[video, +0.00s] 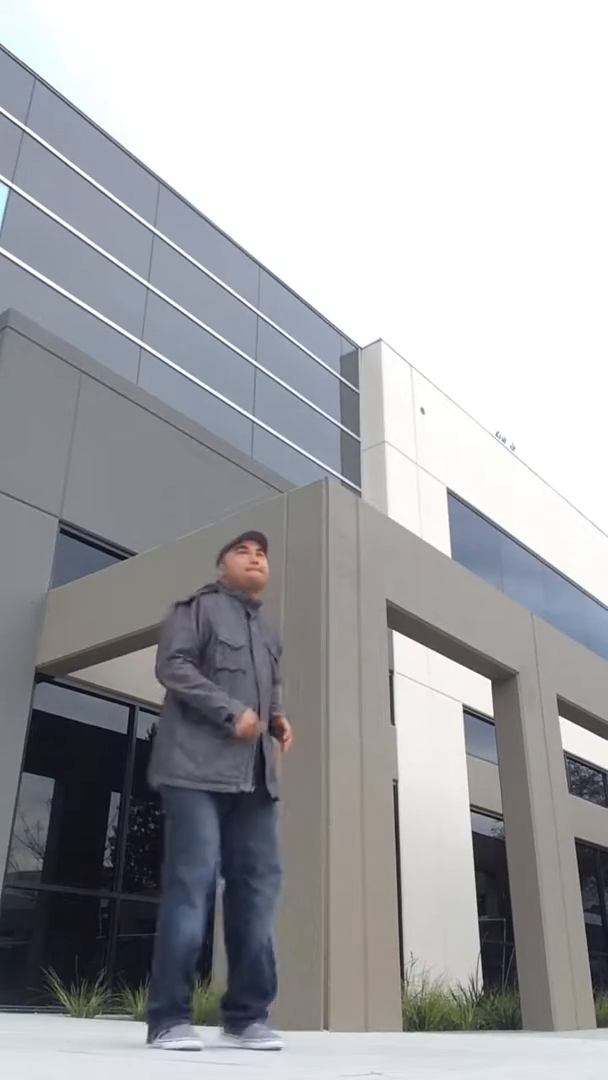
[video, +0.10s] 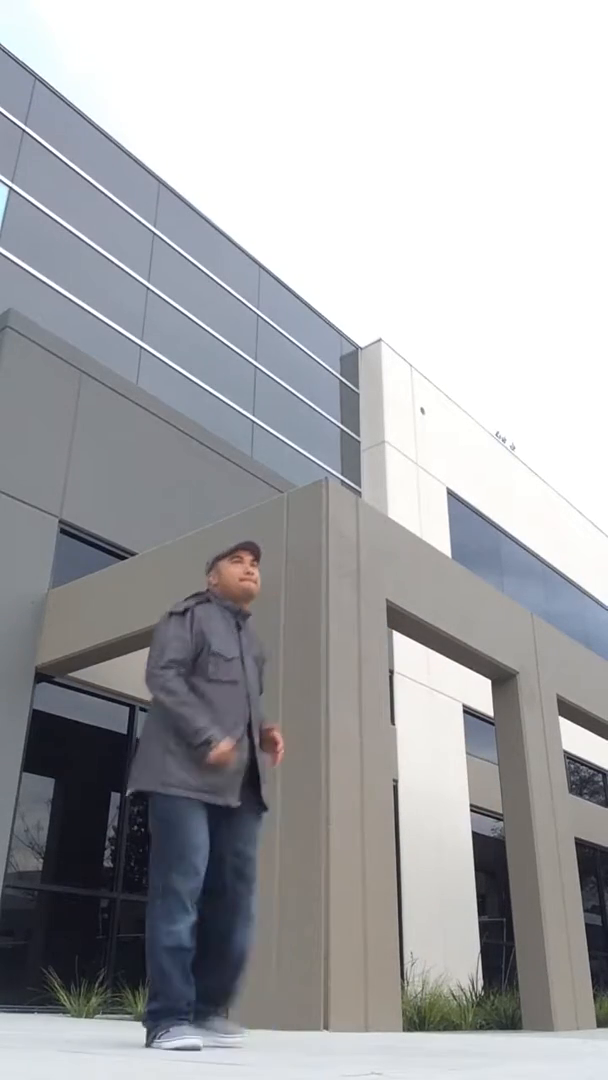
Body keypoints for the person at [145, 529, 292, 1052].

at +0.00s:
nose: (255, 559)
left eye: (262, 555)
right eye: (243, 552)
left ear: (268, 573)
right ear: (220, 566)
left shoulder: (269, 629)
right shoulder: (194, 610)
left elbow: (267, 693)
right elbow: (172, 667)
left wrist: (275, 717)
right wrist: (230, 711)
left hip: (251, 775)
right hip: (192, 768)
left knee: (258, 884)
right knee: (192, 880)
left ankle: (246, 1016)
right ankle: (170, 1019)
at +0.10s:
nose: (250, 569)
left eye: (256, 564)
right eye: (238, 561)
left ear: (259, 582)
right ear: (212, 575)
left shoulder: (252, 641)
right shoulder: (187, 618)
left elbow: (244, 708)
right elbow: (163, 680)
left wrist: (262, 732)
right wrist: (209, 737)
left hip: (238, 780)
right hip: (181, 773)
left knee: (232, 894)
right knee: (179, 891)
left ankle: (207, 1012)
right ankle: (167, 1020)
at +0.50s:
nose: (202, 589)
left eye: (210, 585)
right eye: (192, 582)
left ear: (218, 603)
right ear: (173, 595)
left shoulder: (222, 664)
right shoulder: (134, 631)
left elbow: (226, 730)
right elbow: (79, 684)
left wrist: (215, 720)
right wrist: (58, 739)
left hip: (173, 789)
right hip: (116, 773)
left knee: (135, 901)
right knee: (106, 886)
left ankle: (98, 1011)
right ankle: (68, 1011)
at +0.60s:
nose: (188, 598)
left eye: (197, 594)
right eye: (178, 592)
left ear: (205, 611)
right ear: (160, 605)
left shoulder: (212, 674)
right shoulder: (124, 644)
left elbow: (217, 737)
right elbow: (76, 702)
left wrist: (196, 737)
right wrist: (57, 758)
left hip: (166, 807)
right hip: (101, 791)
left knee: (134, 916)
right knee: (69, 896)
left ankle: (90, 1016)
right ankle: (11, 1003)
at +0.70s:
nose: (175, 599)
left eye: (184, 594)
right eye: (166, 593)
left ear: (196, 612)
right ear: (151, 608)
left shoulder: (205, 673)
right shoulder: (115, 647)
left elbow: (214, 739)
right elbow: (75, 707)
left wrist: (185, 737)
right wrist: (66, 758)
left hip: (158, 807)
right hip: (91, 791)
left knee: (134, 912)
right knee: (62, 893)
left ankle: (91, 1015)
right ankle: (34, 1002)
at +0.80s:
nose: (163, 591)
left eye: (173, 587)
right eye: (154, 586)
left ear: (186, 604)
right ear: (141, 601)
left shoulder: (200, 662)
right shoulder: (104, 640)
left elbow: (215, 727)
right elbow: (65, 692)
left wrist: (177, 717)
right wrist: (71, 737)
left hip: (148, 794)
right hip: (84, 783)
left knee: (118, 893)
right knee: (66, 888)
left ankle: (94, 1012)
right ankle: (53, 1007)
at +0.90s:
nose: (151, 591)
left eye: (161, 586)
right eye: (143, 586)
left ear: (176, 603)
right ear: (131, 602)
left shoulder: (193, 658)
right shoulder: (95, 644)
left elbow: (213, 720)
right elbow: (61, 691)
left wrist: (165, 705)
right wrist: (65, 726)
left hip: (142, 794)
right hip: (81, 785)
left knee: (117, 900)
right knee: (67, 895)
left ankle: (104, 1013)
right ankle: (57, 1011)